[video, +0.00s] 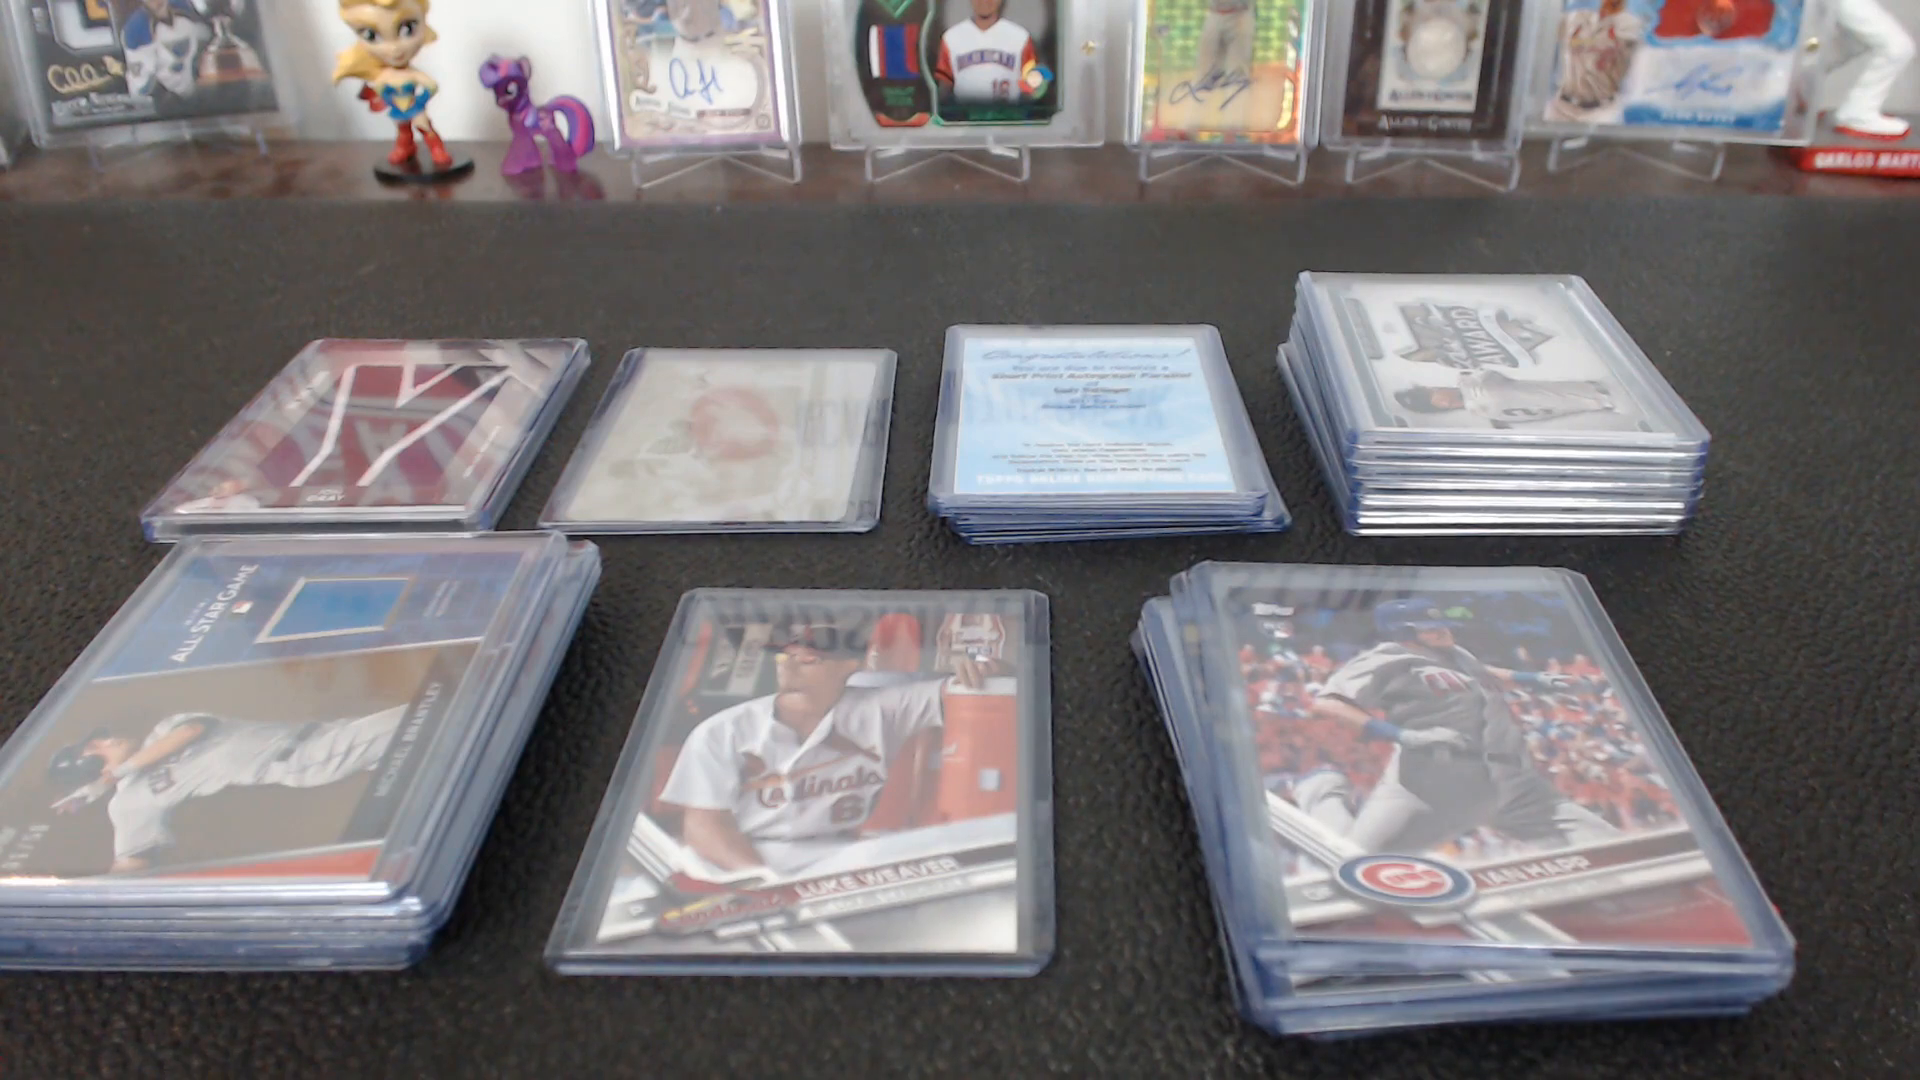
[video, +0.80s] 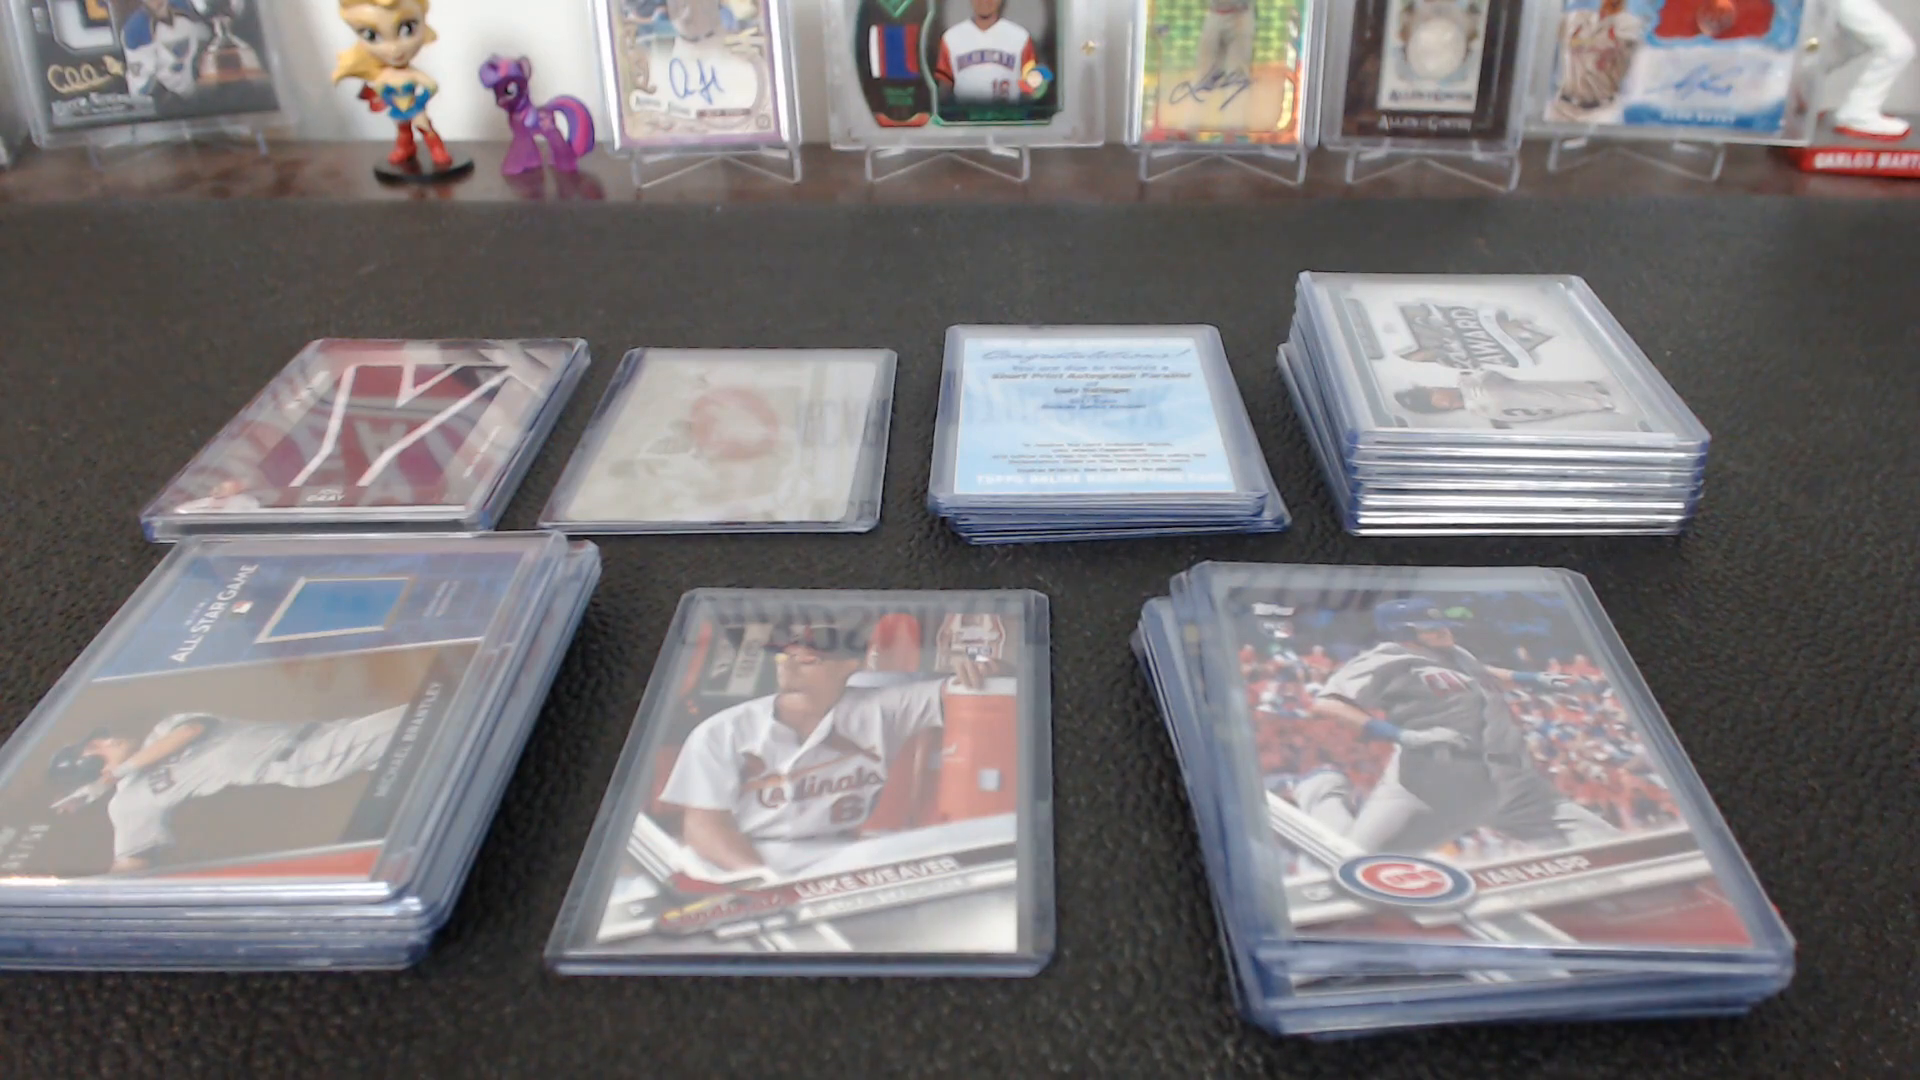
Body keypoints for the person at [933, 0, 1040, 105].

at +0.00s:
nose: (984, 2)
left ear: (1000, 2)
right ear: (971, 2)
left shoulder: (1020, 36)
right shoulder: (951, 37)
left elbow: (1030, 81)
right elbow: (944, 81)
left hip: (1009, 120)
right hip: (966, 119)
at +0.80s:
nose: (984, 2)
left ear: (1000, 2)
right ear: (971, 2)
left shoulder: (1020, 36)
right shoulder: (951, 37)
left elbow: (1030, 83)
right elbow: (944, 82)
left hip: (1009, 121)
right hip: (966, 121)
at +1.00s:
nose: (984, 2)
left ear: (1000, 2)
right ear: (971, 2)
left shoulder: (1020, 36)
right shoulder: (951, 37)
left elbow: (1030, 84)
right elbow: (944, 82)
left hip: (1009, 122)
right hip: (965, 121)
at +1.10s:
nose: (984, 2)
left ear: (1000, 2)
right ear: (971, 2)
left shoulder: (1020, 36)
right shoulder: (951, 37)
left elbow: (1030, 83)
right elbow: (944, 82)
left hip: (1008, 122)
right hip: (965, 121)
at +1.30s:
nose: (984, 2)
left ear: (1000, 2)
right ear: (971, 2)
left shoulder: (1020, 36)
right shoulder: (951, 37)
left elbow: (1030, 83)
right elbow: (944, 81)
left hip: (1009, 121)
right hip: (965, 120)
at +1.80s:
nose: (984, 2)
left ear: (1000, 2)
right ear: (972, 2)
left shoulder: (1020, 36)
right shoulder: (951, 37)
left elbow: (1030, 82)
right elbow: (944, 80)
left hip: (1008, 120)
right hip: (965, 120)